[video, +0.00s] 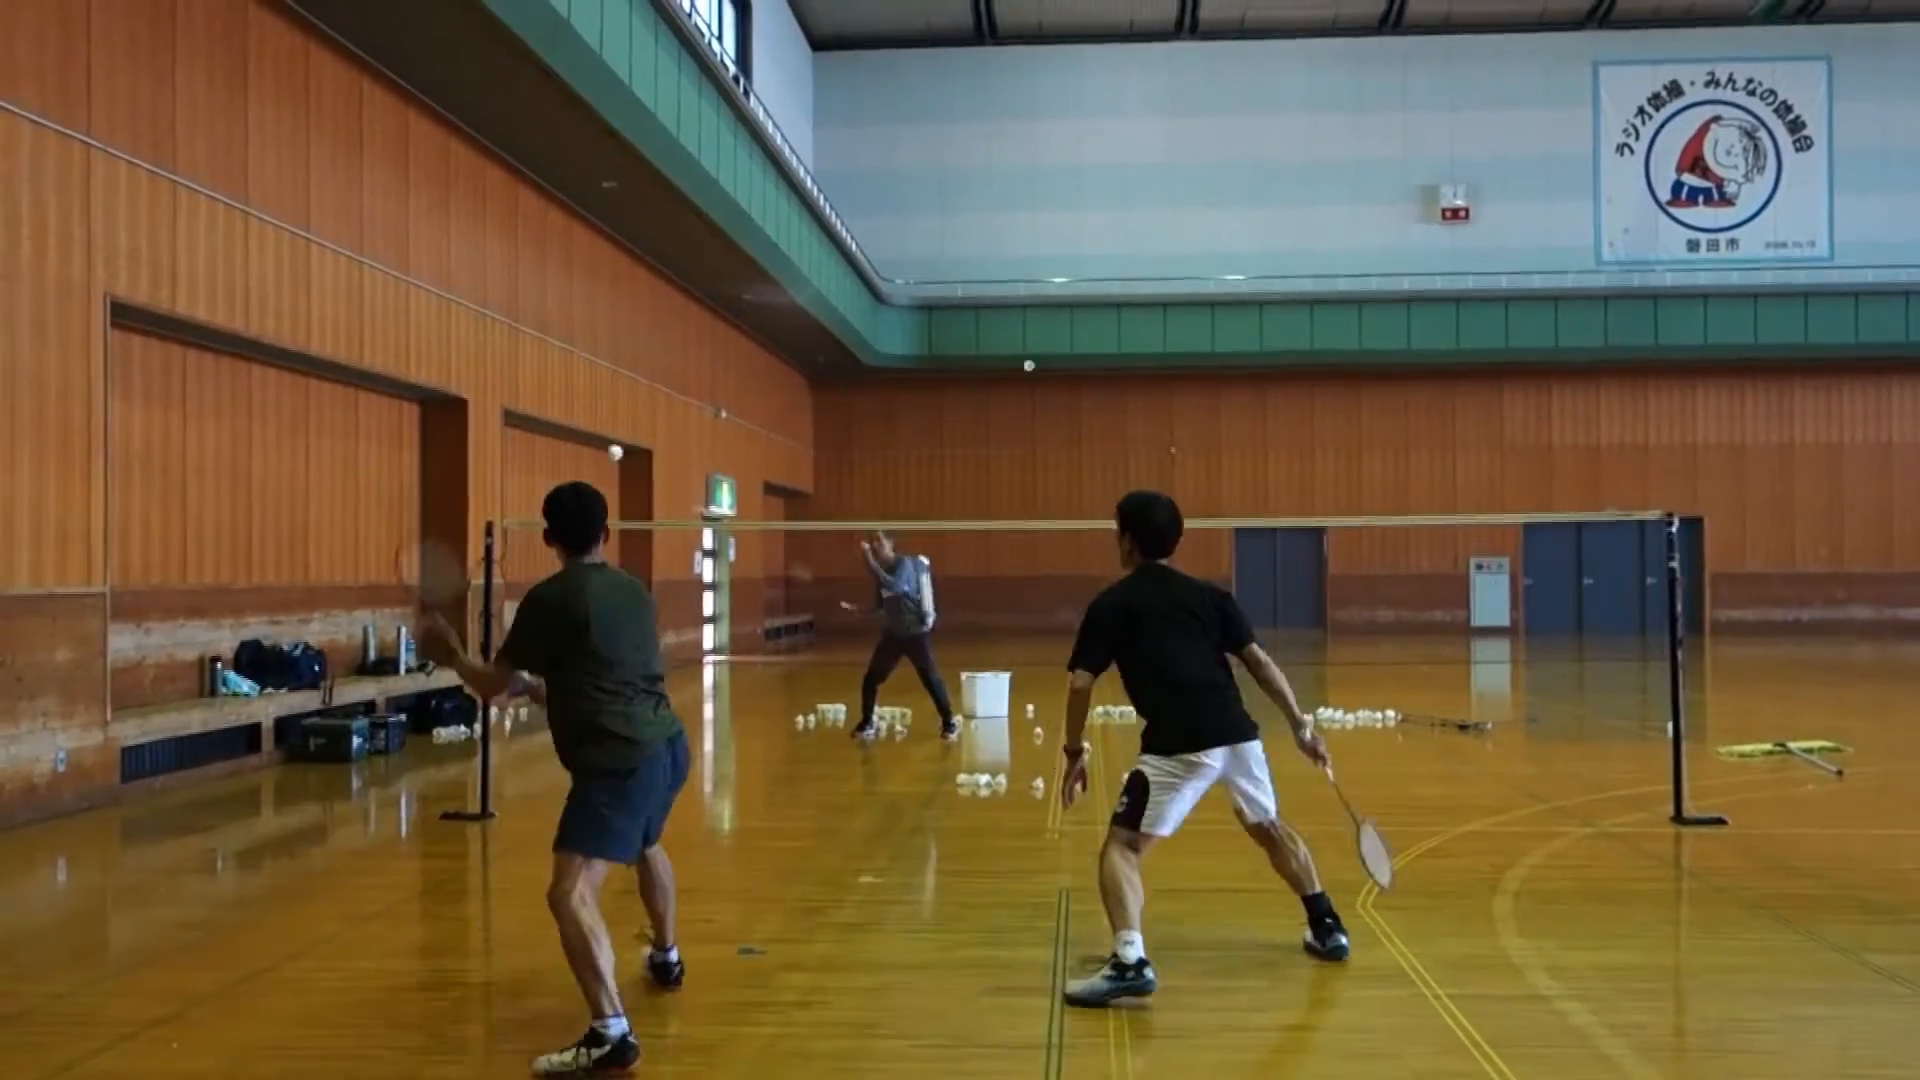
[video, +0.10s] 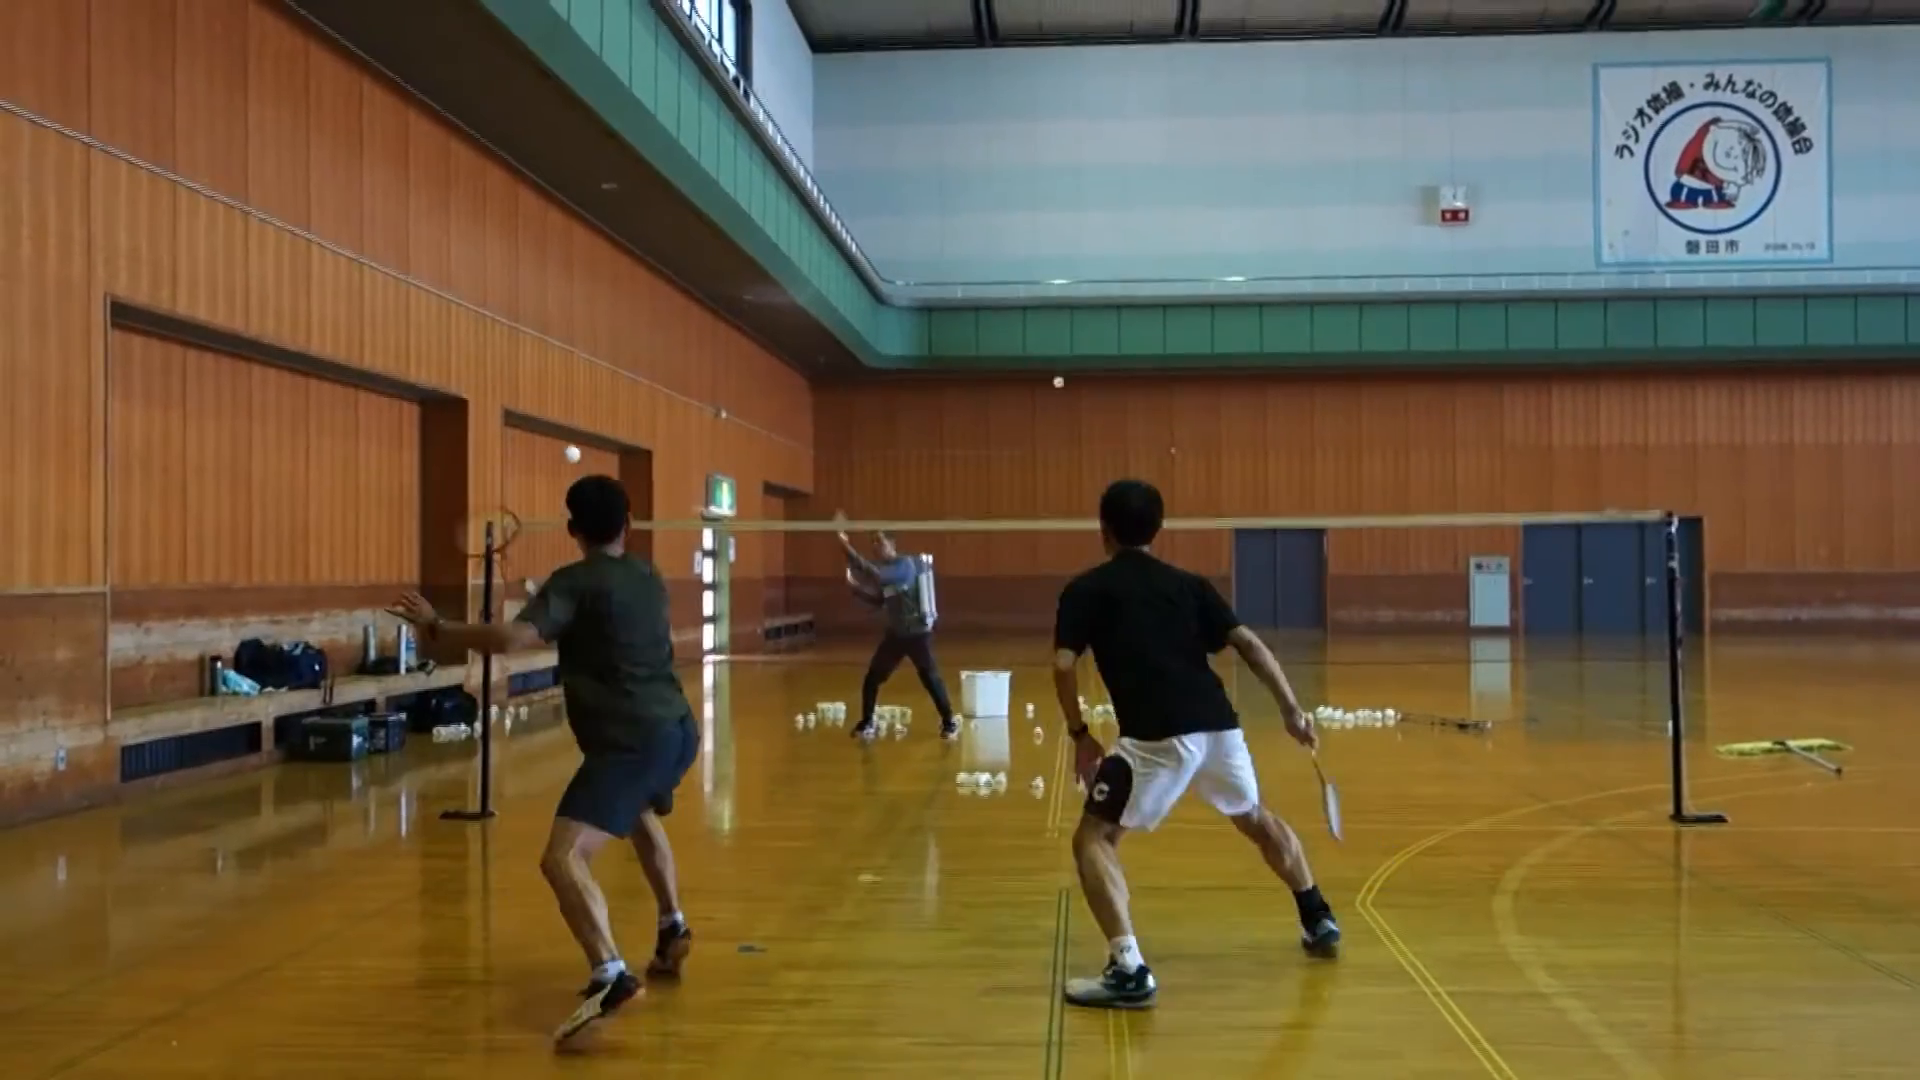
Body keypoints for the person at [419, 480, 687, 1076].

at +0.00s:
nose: (545, 535)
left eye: (545, 526)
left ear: (549, 535)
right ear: (603, 531)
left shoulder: (550, 599)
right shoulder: (634, 589)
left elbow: (491, 686)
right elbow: (615, 681)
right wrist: (538, 690)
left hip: (616, 765)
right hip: (668, 749)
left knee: (570, 894)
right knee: (644, 844)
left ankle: (611, 1031)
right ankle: (665, 956)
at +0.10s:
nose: (568, 526)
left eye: (570, 519)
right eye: (577, 517)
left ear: (574, 528)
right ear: (625, 524)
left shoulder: (574, 583)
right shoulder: (648, 577)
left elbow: (511, 638)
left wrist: (438, 628)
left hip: (627, 746)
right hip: (676, 734)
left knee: (561, 858)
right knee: (639, 814)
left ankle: (610, 974)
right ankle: (673, 923)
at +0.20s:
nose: (582, 532)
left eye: (584, 526)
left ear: (587, 534)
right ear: (635, 535)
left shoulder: (599, 585)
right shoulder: (650, 581)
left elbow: (564, 633)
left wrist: (483, 659)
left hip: (638, 736)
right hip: (680, 729)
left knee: (561, 846)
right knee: (630, 804)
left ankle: (600, 977)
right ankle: (657, 914)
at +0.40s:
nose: (601, 529)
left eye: (602, 523)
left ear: (604, 530)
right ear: (652, 527)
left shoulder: (609, 579)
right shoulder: (685, 578)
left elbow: (594, 637)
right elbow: (704, 645)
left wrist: (561, 697)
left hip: (655, 717)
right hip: (708, 715)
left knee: (587, 817)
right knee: (665, 795)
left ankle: (620, 911)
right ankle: (651, 904)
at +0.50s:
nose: (617, 534)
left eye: (617, 528)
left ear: (620, 531)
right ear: (667, 528)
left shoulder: (617, 579)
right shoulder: (706, 574)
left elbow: (607, 639)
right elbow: (738, 650)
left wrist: (585, 712)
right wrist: (741, 705)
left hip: (660, 710)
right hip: (720, 705)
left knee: (605, 789)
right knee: (716, 787)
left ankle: (608, 897)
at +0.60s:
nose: (634, 545)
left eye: (635, 539)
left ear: (639, 545)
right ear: (684, 540)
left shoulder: (630, 599)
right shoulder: (717, 588)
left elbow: (610, 679)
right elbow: (760, 649)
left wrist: (590, 734)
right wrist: (771, 690)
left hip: (661, 727)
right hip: (723, 723)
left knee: (610, 804)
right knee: (770, 805)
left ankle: (576, 903)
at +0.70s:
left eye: (616, 556)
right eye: (660, 545)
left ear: (617, 560)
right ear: (661, 550)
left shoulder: (620, 620)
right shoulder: (703, 589)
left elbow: (592, 690)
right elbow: (774, 619)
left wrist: (565, 734)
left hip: (669, 736)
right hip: (730, 726)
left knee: (622, 804)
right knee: (787, 804)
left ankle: (575, 895)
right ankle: (805, 902)